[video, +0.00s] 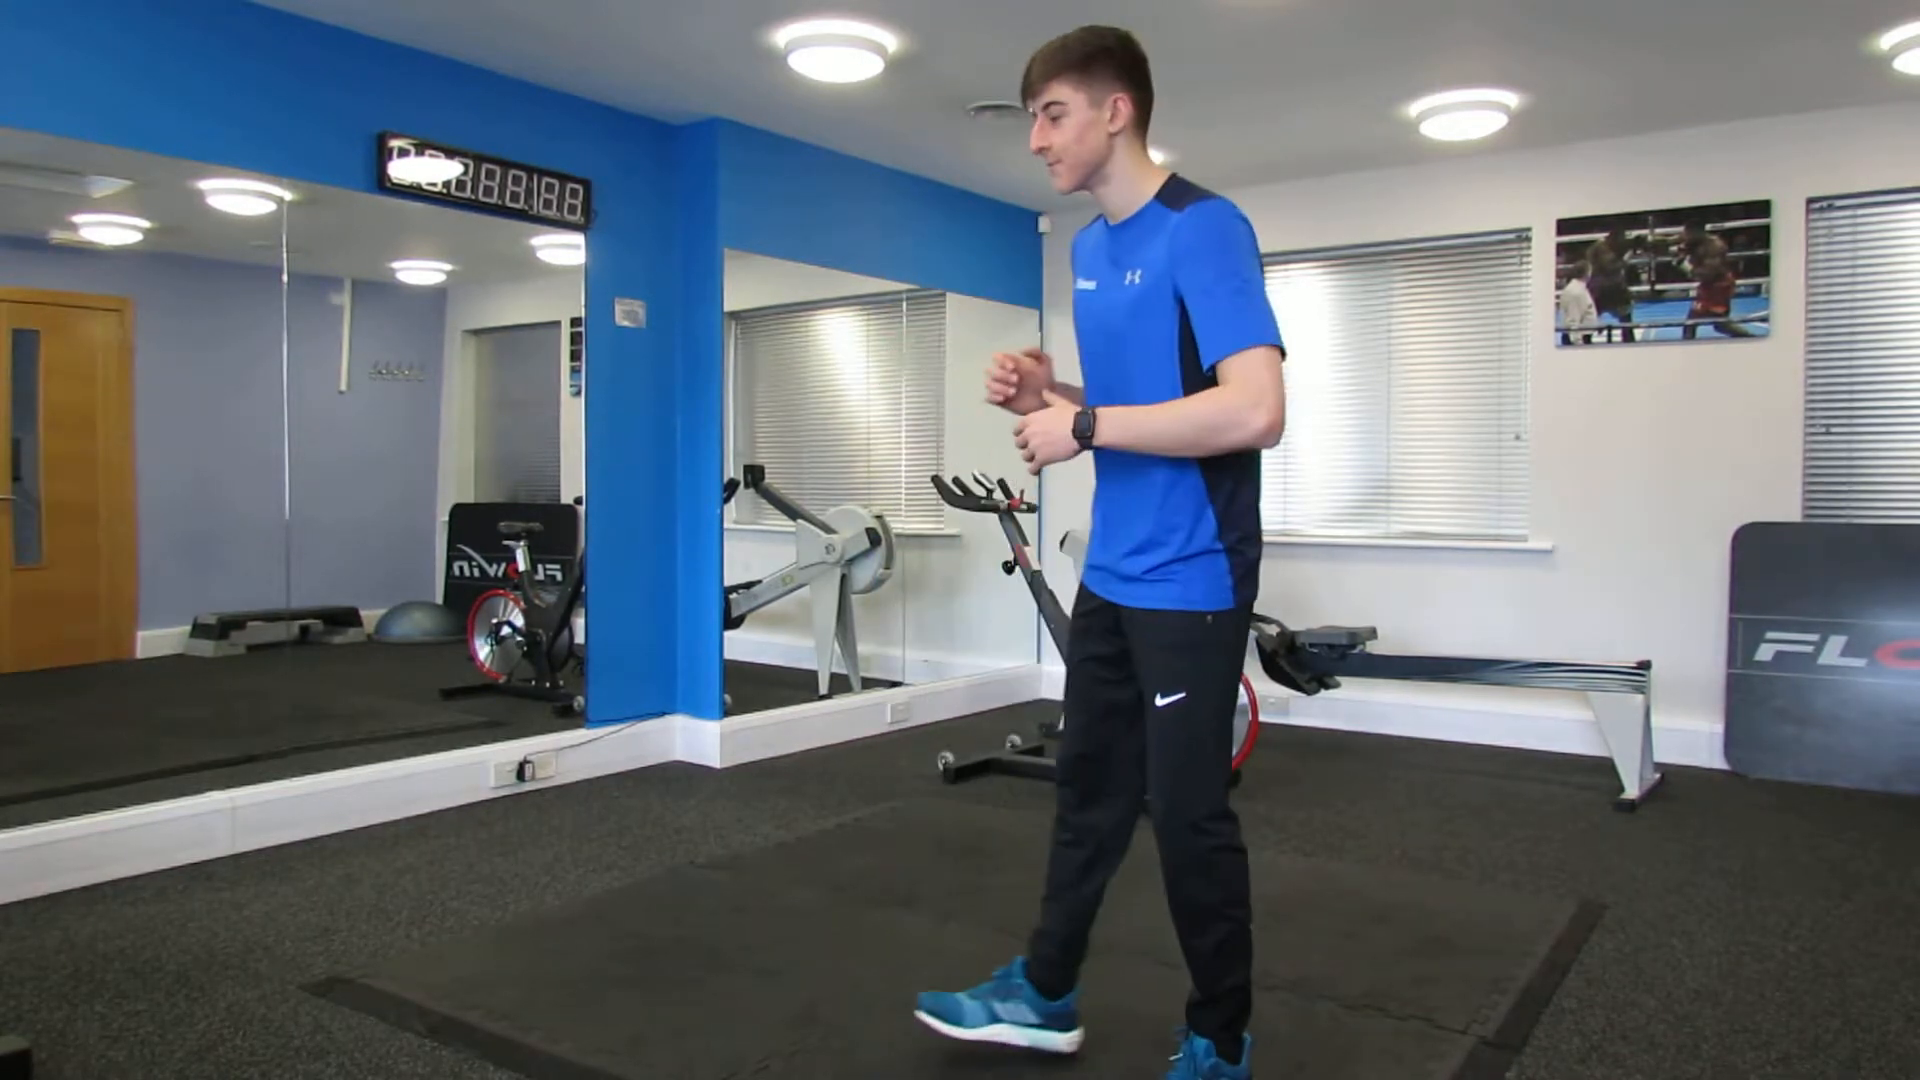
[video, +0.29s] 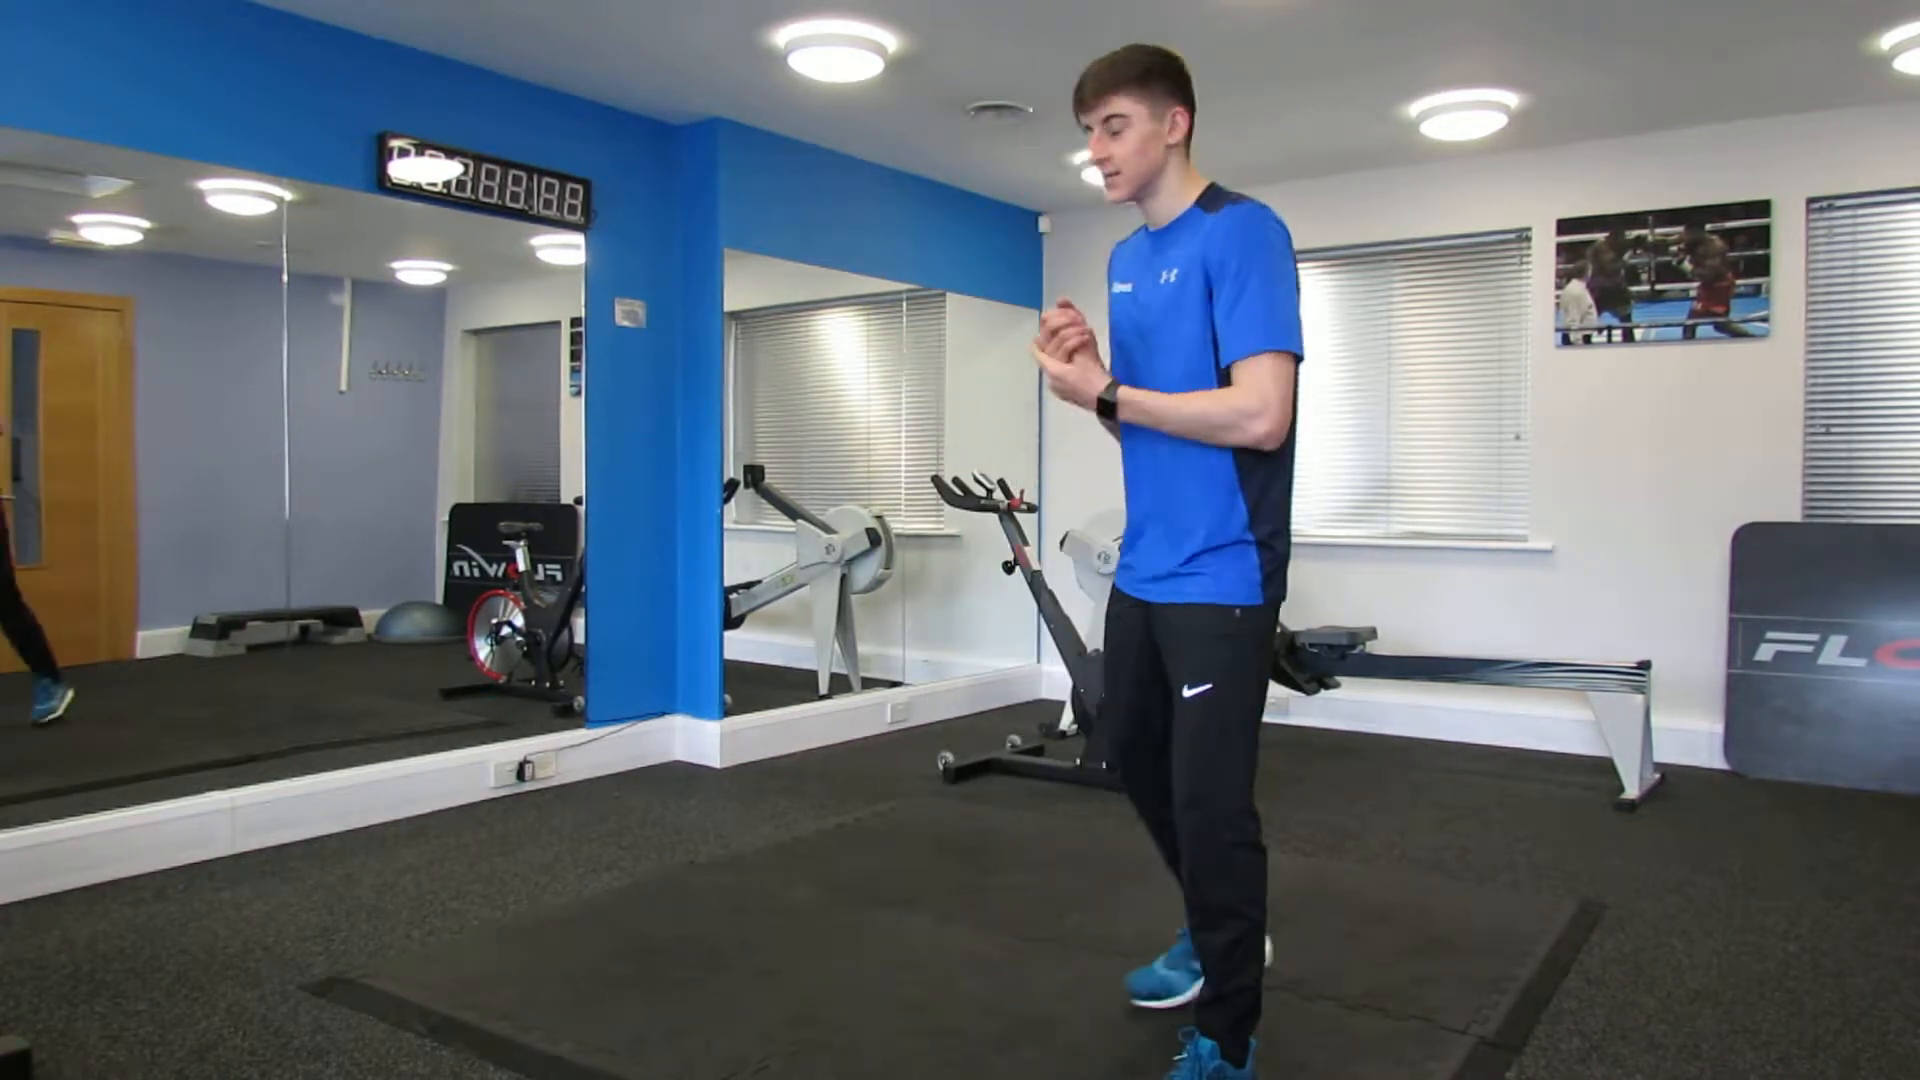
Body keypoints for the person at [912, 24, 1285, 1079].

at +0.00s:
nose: (1037, 139)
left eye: (1052, 113)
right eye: (1033, 120)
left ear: (1119, 110)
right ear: (1089, 123)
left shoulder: (1205, 228)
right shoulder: (1093, 247)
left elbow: (1255, 408)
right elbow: (1133, 400)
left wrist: (1088, 429)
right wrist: (1053, 389)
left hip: (1194, 583)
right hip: (1110, 574)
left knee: (1192, 815)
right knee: (1090, 792)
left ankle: (1219, 1039)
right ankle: (1044, 990)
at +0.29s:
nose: (1098, 151)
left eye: (1115, 125)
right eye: (1090, 134)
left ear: (1177, 121)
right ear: (1098, 146)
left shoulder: (1245, 231)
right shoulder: (1129, 258)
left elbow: (1263, 414)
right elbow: (1143, 412)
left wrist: (1112, 393)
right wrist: (1080, 374)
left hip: (1222, 574)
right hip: (1144, 568)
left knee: (1212, 810)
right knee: (1132, 756)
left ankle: (1229, 1036)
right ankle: (1221, 929)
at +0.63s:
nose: (1149, 188)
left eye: (1168, 169)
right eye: (1134, 174)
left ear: (1208, 179)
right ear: (1122, 191)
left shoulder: (1264, 273)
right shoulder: (1129, 311)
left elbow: (1330, 421)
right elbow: (1122, 469)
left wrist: (1186, 415)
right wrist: (1129, 414)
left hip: (1240, 576)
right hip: (1156, 578)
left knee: (1234, 795)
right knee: (1188, 783)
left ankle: (1232, 1029)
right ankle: (1230, 944)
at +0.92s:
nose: (1175, 193)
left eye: (1192, 178)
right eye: (1159, 181)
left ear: (1221, 192)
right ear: (1138, 199)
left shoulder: (1277, 276)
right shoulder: (1128, 316)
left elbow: (1343, 408)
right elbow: (1121, 458)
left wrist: (1214, 413)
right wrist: (1151, 414)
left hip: (1261, 558)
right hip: (1170, 564)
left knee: (1265, 755)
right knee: (1192, 758)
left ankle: (1304, 950)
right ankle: (1238, 934)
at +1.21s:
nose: (1215, 201)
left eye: (1232, 189)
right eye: (1201, 189)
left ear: (1257, 207)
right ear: (1178, 207)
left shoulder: (1300, 288)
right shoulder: (1151, 315)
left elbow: (1346, 422)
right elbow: (1131, 453)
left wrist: (1223, 401)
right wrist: (1160, 397)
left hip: (1275, 557)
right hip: (1182, 561)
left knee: (1285, 739)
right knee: (1202, 752)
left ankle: (1297, 879)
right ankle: (1236, 932)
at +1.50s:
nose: (1244, 227)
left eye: (1263, 217)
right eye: (1232, 211)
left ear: (1284, 235)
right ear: (1209, 222)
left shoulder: (1313, 326)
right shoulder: (1172, 315)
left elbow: (1347, 458)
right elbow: (1155, 429)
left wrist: (1231, 441)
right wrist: (1160, 427)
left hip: (1271, 568)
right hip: (1179, 557)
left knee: (1288, 732)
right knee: (1147, 705)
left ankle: (1291, 889)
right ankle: (1194, 891)